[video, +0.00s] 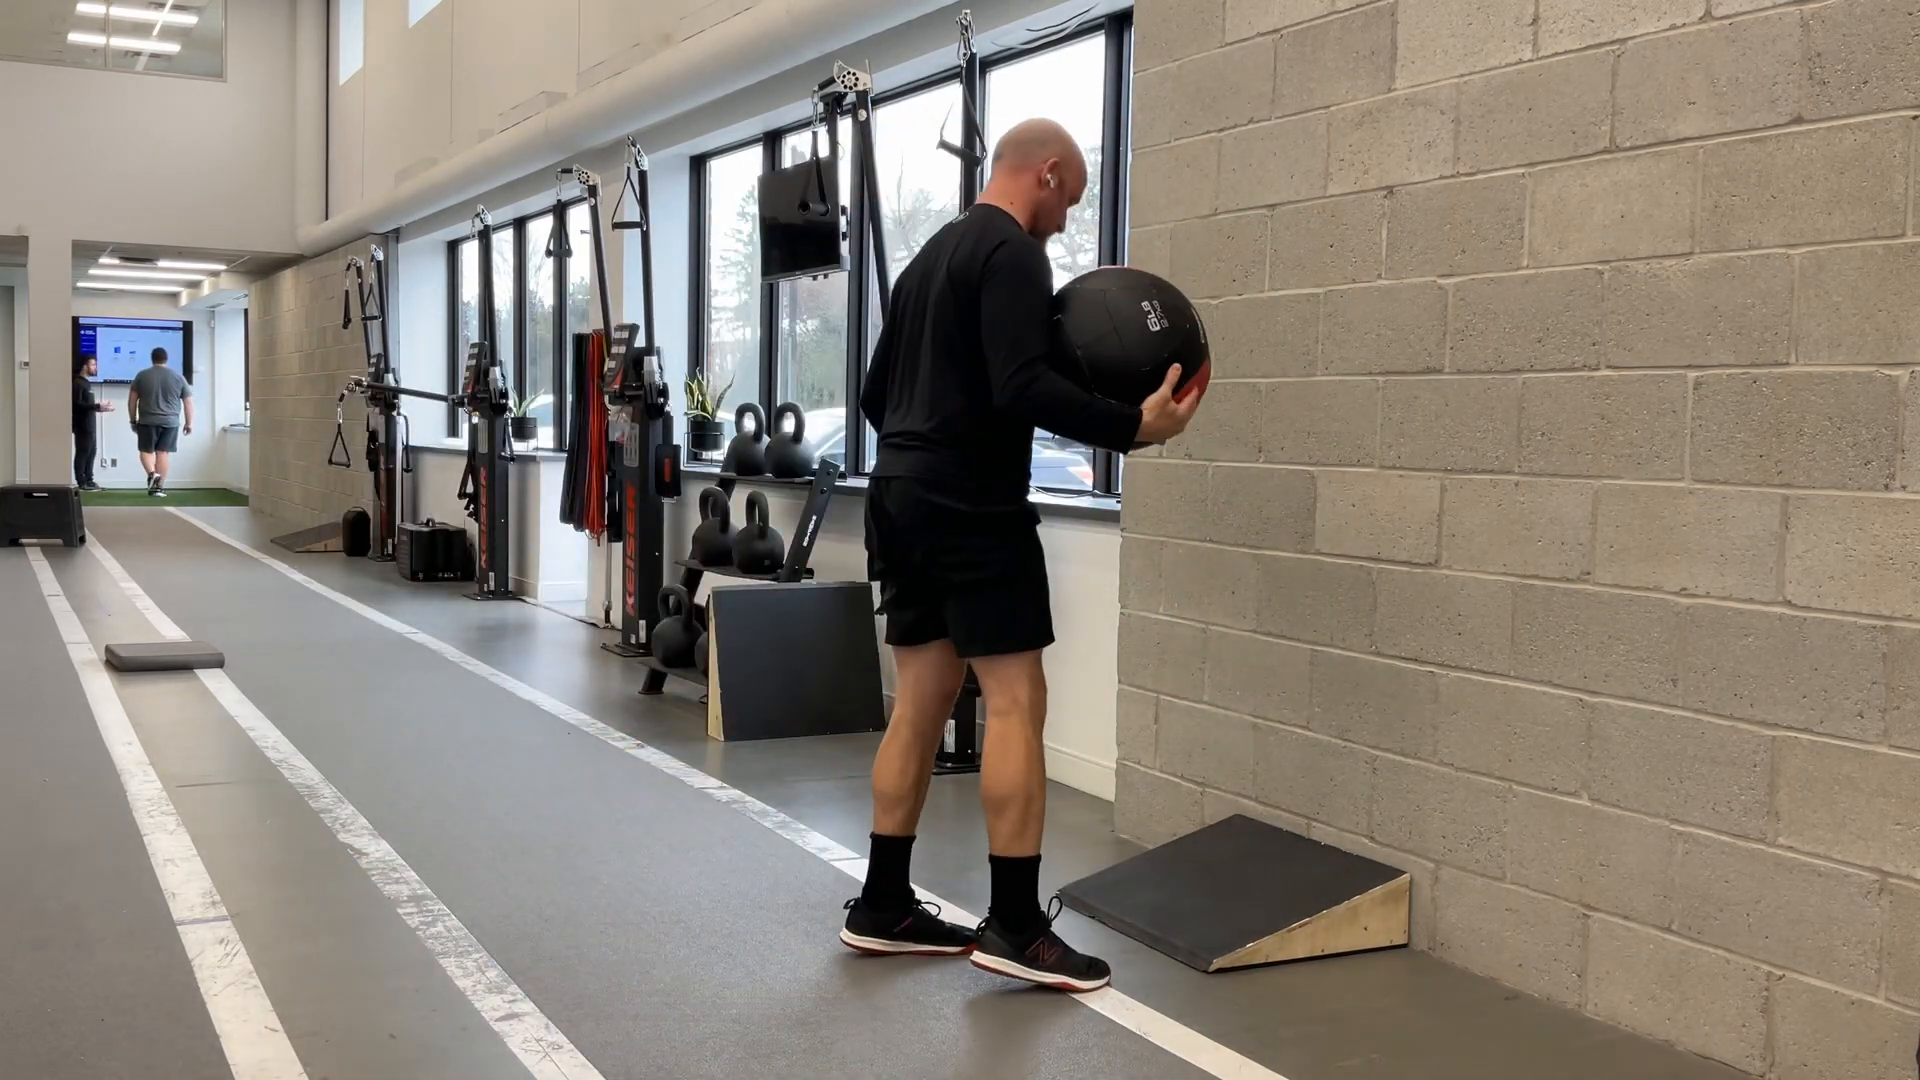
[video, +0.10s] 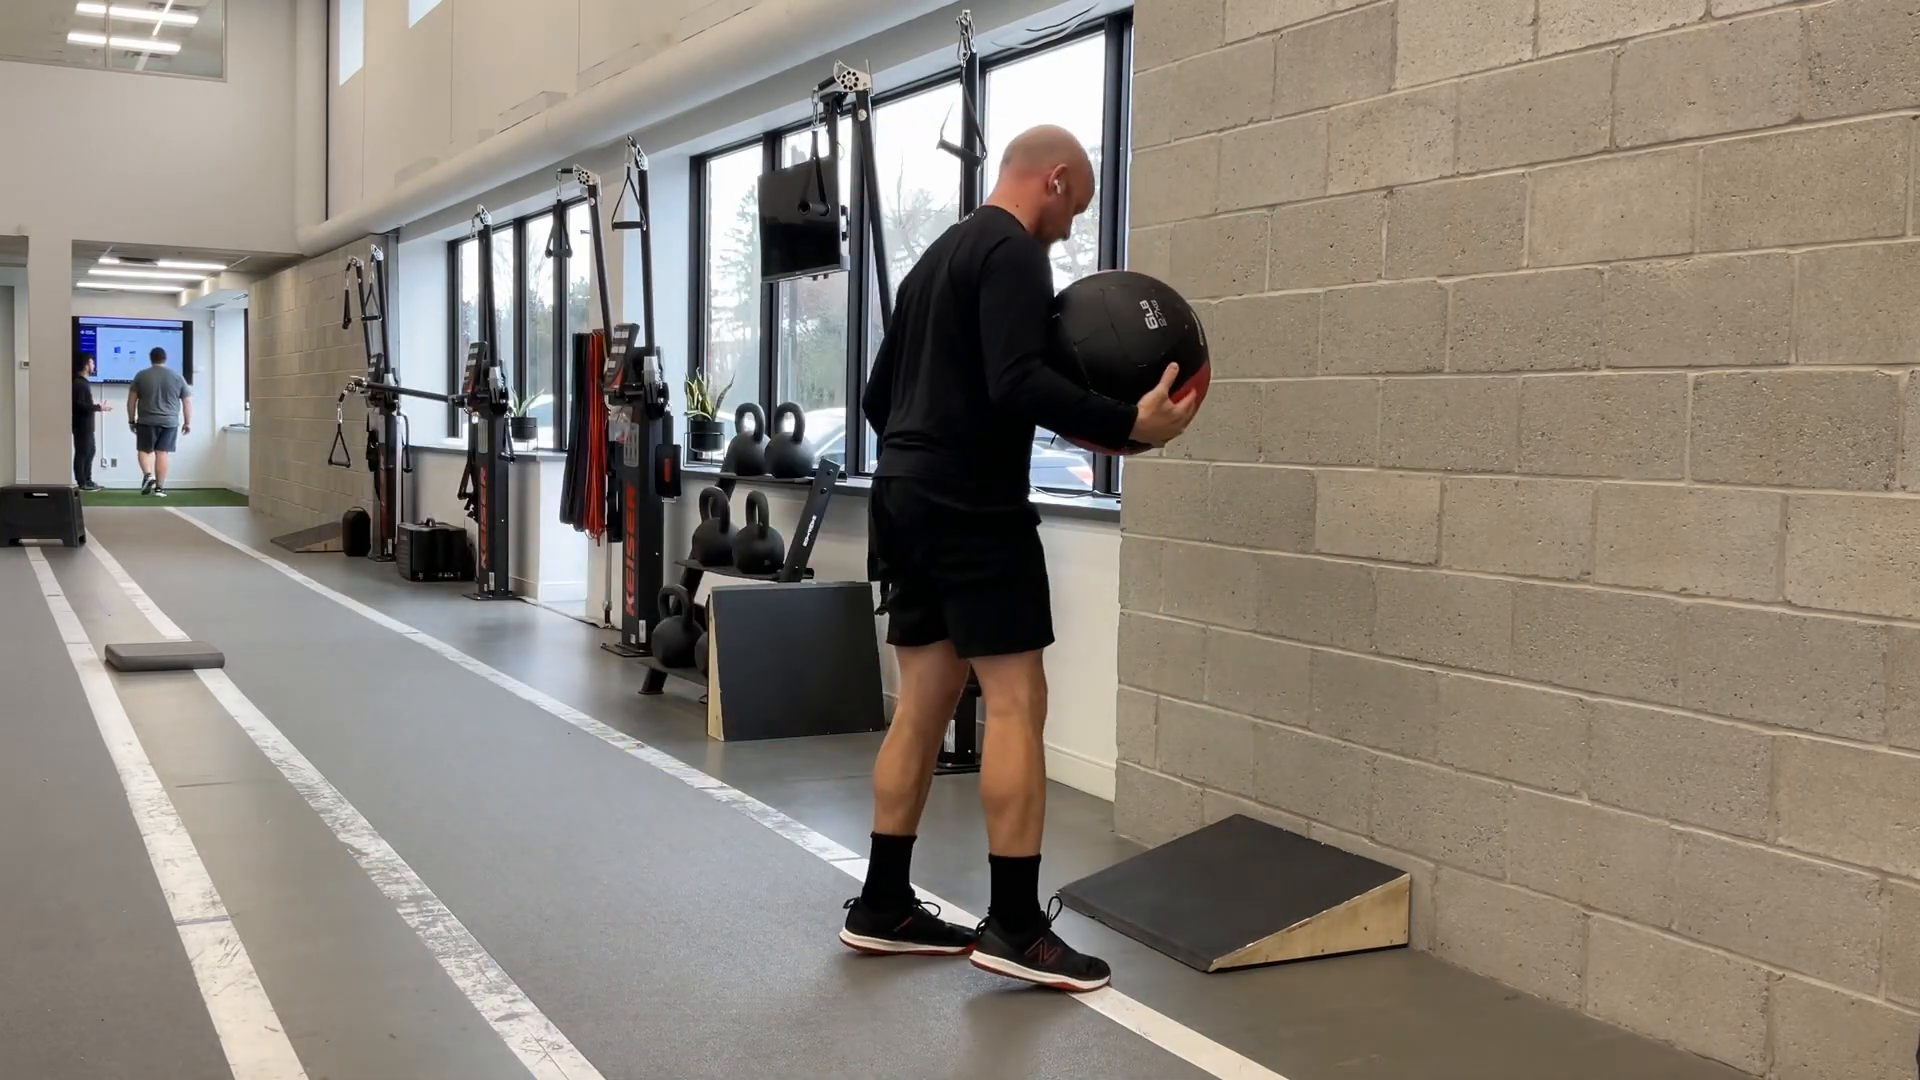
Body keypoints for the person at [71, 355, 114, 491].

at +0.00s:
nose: (95, 368)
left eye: (95, 365)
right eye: (92, 365)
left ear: (89, 367)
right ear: (85, 366)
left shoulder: (85, 383)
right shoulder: (78, 383)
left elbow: (85, 404)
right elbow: (79, 405)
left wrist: (100, 406)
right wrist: (98, 406)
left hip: (89, 423)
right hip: (82, 424)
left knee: (91, 450)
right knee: (83, 451)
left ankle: (89, 479)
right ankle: (82, 481)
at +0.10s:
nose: (93, 366)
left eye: (93, 363)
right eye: (92, 363)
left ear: (86, 365)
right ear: (86, 365)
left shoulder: (83, 382)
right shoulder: (79, 383)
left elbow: (83, 404)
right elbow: (81, 405)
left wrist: (97, 406)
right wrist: (98, 407)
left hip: (86, 424)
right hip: (81, 424)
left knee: (90, 450)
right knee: (83, 451)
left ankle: (87, 479)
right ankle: (82, 481)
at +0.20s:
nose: (91, 366)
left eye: (90, 363)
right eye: (89, 363)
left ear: (81, 365)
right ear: (84, 365)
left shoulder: (78, 381)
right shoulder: (80, 384)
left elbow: (81, 406)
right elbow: (82, 407)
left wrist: (96, 406)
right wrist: (98, 407)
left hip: (81, 425)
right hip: (82, 426)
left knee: (86, 450)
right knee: (85, 450)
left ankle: (81, 479)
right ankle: (81, 481)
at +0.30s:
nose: (88, 366)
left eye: (87, 363)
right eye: (86, 363)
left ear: (77, 366)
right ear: (81, 365)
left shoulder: (74, 381)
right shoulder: (79, 384)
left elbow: (80, 406)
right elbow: (82, 407)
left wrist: (94, 405)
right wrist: (97, 406)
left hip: (77, 423)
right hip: (82, 424)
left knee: (81, 451)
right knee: (82, 451)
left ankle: (80, 480)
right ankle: (81, 481)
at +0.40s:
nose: (84, 366)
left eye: (83, 363)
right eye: (83, 363)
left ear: (74, 366)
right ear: (78, 366)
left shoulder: (73, 382)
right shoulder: (77, 385)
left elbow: (80, 406)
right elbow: (82, 407)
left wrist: (93, 404)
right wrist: (95, 405)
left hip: (76, 425)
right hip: (81, 426)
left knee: (77, 454)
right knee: (79, 454)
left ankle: (81, 481)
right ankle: (81, 482)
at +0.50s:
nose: (81, 366)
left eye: (81, 363)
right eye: (79, 364)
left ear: (74, 367)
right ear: (74, 367)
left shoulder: (73, 383)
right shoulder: (75, 385)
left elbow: (79, 406)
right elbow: (81, 407)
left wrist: (91, 403)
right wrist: (94, 404)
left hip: (76, 425)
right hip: (79, 426)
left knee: (77, 455)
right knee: (78, 455)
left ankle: (81, 481)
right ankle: (81, 482)